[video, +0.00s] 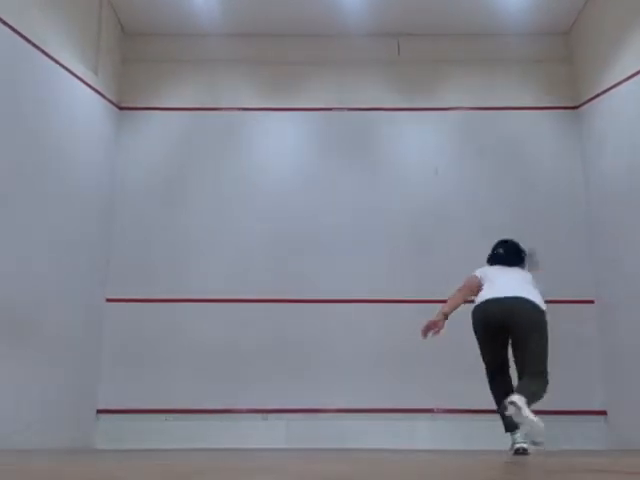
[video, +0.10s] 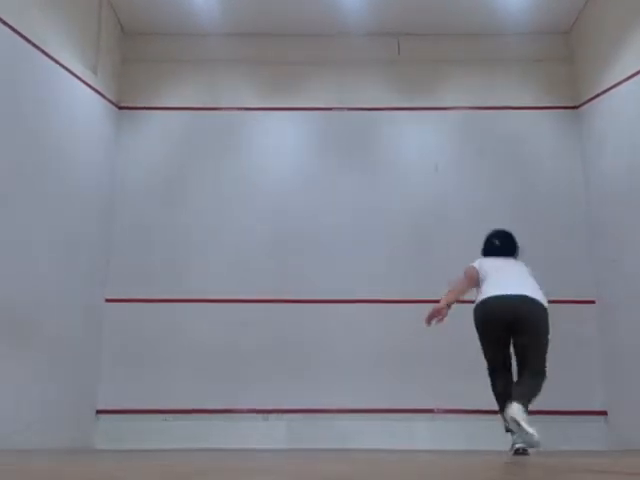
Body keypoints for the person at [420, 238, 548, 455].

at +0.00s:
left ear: (491, 259)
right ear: (521, 262)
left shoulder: (485, 272)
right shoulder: (527, 276)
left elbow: (464, 291)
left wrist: (442, 315)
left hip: (488, 311)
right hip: (527, 311)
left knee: (498, 373)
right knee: (534, 374)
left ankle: (516, 435)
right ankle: (520, 400)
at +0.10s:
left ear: (486, 250)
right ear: (515, 251)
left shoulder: (482, 264)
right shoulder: (523, 268)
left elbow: (463, 283)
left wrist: (444, 304)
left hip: (491, 308)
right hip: (531, 308)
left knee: (499, 369)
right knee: (533, 369)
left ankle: (516, 435)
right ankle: (518, 406)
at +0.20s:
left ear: (481, 238)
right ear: (509, 239)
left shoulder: (477, 252)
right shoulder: (519, 256)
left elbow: (466, 271)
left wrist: (446, 288)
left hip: (494, 304)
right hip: (532, 303)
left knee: (503, 370)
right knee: (531, 365)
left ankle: (519, 434)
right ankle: (535, 424)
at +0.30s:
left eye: (476, 223)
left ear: (475, 225)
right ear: (504, 226)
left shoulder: (473, 240)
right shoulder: (516, 246)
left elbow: (460, 255)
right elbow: (542, 285)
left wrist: (436, 275)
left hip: (492, 302)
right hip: (531, 301)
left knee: (497, 368)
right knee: (531, 367)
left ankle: (513, 431)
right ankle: (544, 431)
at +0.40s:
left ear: (472, 216)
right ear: (500, 217)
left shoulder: (468, 231)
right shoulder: (513, 239)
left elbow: (451, 249)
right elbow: (545, 273)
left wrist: (417, 272)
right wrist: (537, 304)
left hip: (489, 299)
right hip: (528, 299)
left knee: (479, 359)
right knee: (528, 365)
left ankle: (497, 424)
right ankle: (544, 430)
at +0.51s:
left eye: (464, 205)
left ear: (464, 206)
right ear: (491, 208)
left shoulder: (461, 224)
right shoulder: (504, 230)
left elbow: (431, 247)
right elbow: (540, 258)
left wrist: (395, 263)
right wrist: (538, 299)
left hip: (479, 299)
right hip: (517, 299)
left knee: (456, 358)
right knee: (520, 364)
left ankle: (472, 419)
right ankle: (542, 429)